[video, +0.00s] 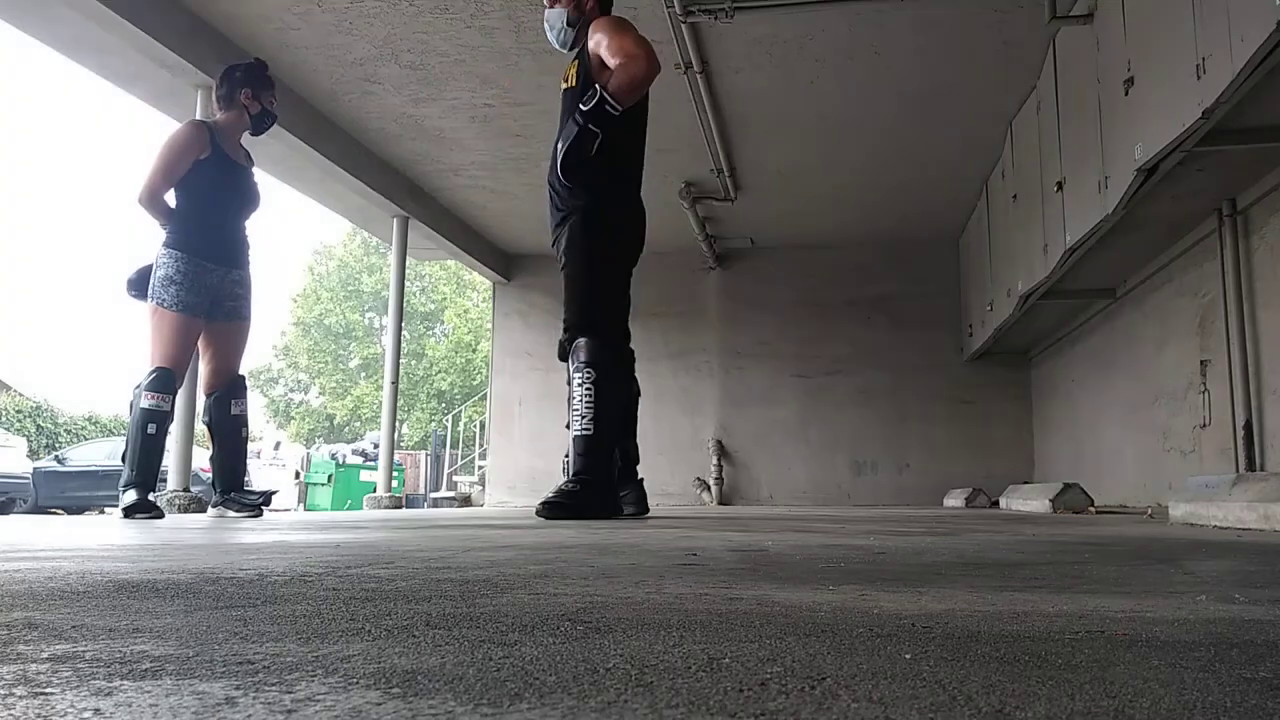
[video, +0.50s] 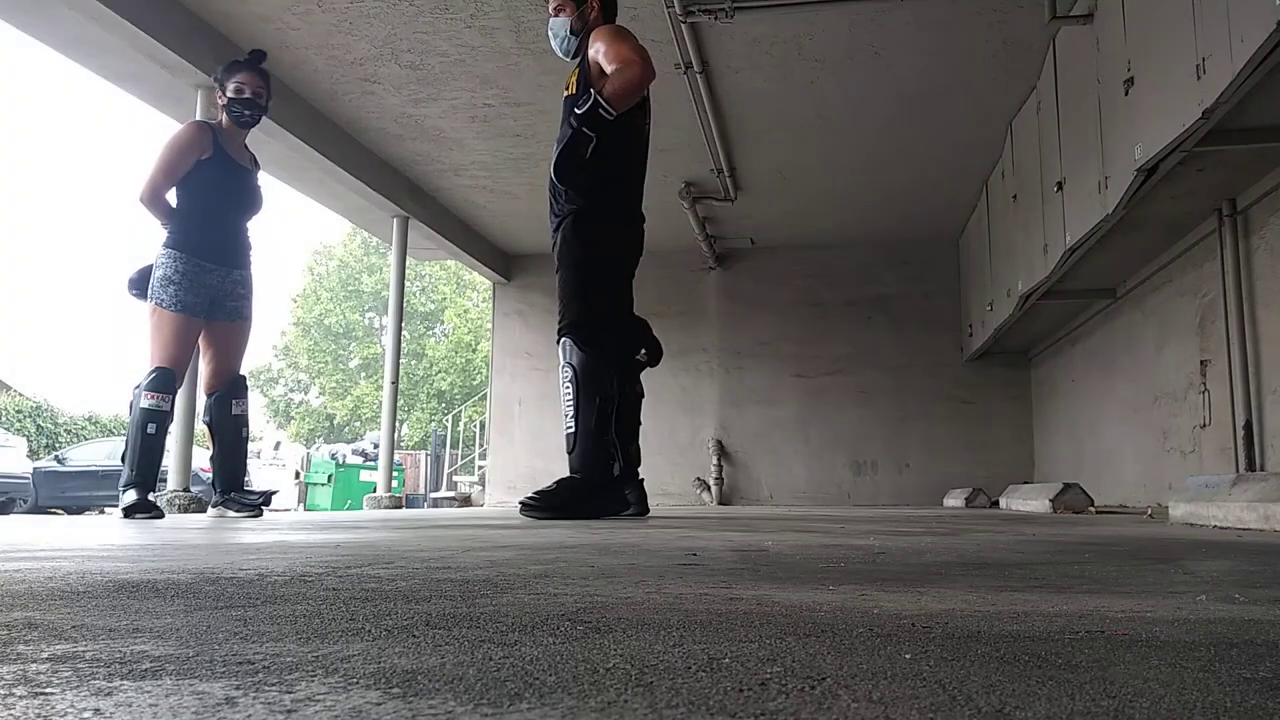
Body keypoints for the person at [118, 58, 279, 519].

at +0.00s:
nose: (272, 112)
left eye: (273, 104)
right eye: (269, 102)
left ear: (242, 100)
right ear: (246, 97)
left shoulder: (243, 155)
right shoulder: (196, 132)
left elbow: (229, 215)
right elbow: (149, 195)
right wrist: (179, 227)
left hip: (234, 271)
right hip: (186, 262)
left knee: (224, 381)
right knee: (165, 374)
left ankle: (228, 488)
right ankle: (138, 489)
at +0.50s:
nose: (248, 99)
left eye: (258, 94)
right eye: (240, 90)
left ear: (266, 103)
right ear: (220, 94)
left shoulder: (250, 159)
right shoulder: (198, 133)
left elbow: (234, 217)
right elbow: (151, 194)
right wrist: (180, 229)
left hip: (235, 273)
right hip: (186, 263)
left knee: (225, 382)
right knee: (164, 375)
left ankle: (228, 488)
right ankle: (138, 489)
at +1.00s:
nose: (227, 97)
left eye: (239, 90)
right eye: (220, 89)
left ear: (258, 99)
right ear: (211, 93)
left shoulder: (264, 161)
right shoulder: (190, 134)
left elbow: (247, 213)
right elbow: (151, 196)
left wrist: (223, 231)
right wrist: (190, 226)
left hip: (239, 275)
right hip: (184, 265)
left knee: (227, 383)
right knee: (164, 375)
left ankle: (229, 488)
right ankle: (138, 489)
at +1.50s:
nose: (226, 95)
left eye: (237, 89)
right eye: (218, 87)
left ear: (255, 98)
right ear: (208, 92)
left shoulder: (261, 160)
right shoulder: (186, 136)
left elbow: (247, 212)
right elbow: (151, 200)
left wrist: (239, 236)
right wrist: (191, 228)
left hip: (239, 274)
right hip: (185, 266)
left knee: (229, 384)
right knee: (165, 376)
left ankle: (229, 488)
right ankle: (137, 489)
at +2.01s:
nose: (212, 89)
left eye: (223, 82)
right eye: (204, 79)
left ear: (239, 92)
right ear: (190, 84)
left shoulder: (241, 154)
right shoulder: (165, 130)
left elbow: (228, 205)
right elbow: (127, 194)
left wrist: (200, 224)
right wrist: (167, 220)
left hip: (219, 271)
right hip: (164, 263)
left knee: (221, 381)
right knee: (152, 374)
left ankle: (228, 487)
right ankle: (137, 489)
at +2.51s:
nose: (188, 77)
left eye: (200, 70)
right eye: (180, 66)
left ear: (216, 79)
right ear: (166, 69)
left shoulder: (226, 141)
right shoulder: (137, 113)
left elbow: (204, 197)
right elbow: (90, 172)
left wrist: (188, 223)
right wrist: (128, 210)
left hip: (196, 258)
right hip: (135, 255)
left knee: (200, 366)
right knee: (139, 378)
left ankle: (205, 479)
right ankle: (137, 492)